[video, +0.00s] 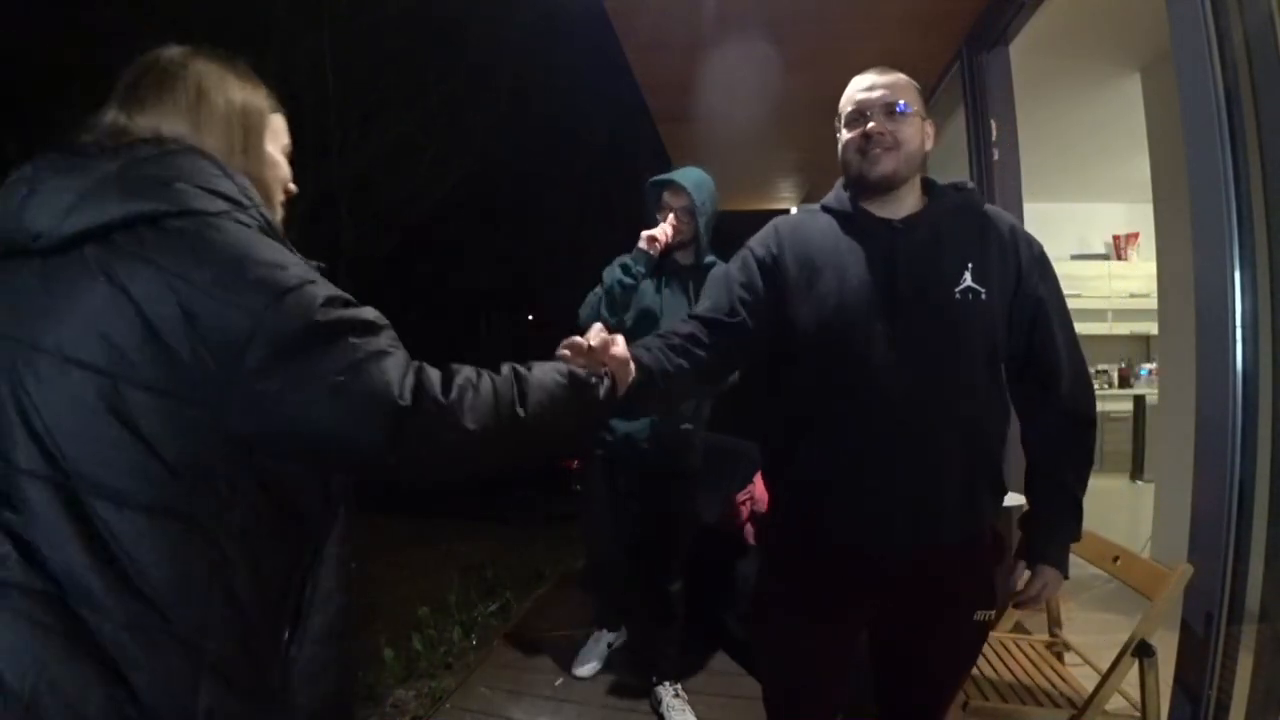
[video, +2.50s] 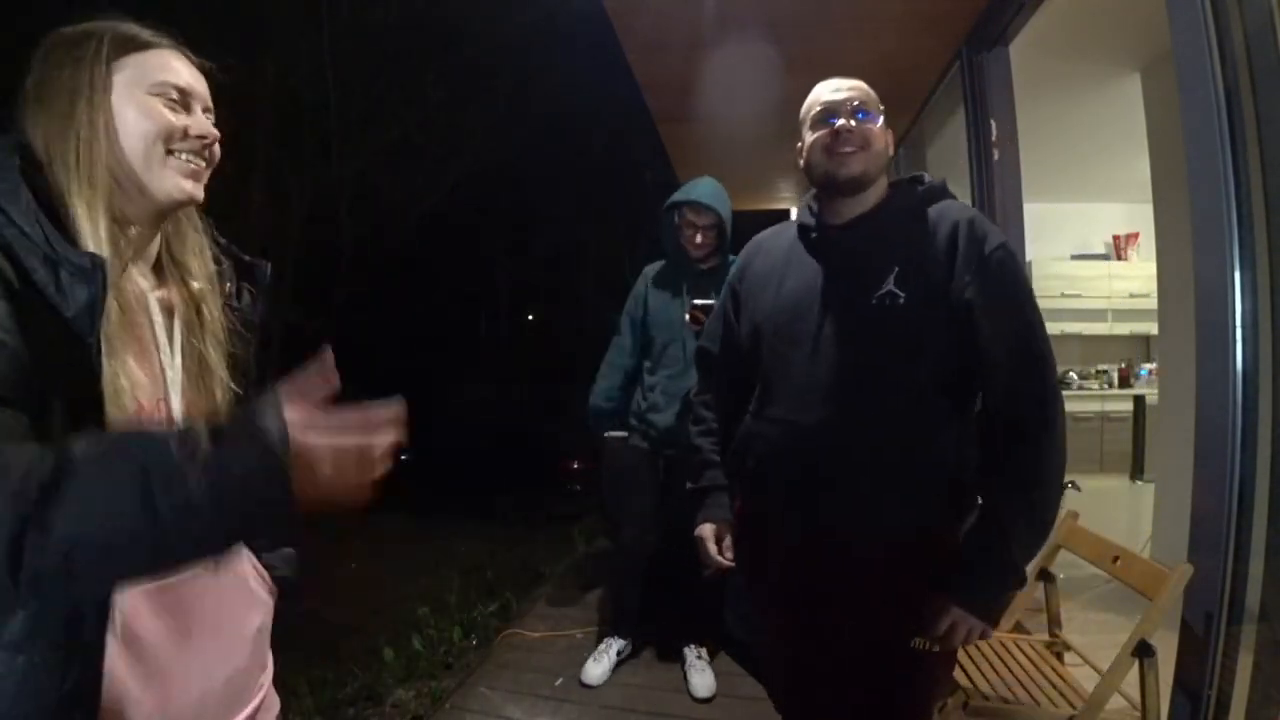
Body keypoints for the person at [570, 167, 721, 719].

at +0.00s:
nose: (670, 220)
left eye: (682, 212)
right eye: (665, 209)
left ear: (705, 217)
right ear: (656, 212)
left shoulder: (721, 279)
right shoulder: (630, 270)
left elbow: (732, 361)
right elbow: (591, 328)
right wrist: (637, 262)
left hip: (686, 440)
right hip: (621, 435)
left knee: (678, 554)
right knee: (609, 540)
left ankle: (666, 673)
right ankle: (610, 624)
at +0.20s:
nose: (650, 224)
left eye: (661, 214)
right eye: (642, 215)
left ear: (682, 220)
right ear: (631, 221)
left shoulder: (706, 284)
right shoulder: (609, 277)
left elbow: (718, 352)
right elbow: (565, 342)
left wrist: (678, 363)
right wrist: (588, 326)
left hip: (675, 433)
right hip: (609, 427)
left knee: (665, 546)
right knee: (611, 532)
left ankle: (661, 670)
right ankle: (620, 629)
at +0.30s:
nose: (638, 227)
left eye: (648, 217)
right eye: (630, 218)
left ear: (668, 222)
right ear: (620, 224)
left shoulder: (695, 284)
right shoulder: (597, 285)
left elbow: (708, 361)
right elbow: (562, 357)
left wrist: (678, 427)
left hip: (667, 439)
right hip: (603, 431)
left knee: (664, 554)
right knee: (608, 540)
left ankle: (663, 673)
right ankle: (618, 632)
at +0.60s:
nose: (604, 230)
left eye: (613, 220)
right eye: (596, 221)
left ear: (635, 225)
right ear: (585, 230)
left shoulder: (659, 288)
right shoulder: (582, 292)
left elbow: (687, 351)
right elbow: (566, 369)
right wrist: (569, 434)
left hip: (650, 444)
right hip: (599, 444)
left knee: (654, 562)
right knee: (607, 547)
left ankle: (656, 667)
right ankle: (621, 632)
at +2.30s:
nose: (680, 240)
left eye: (690, 231)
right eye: (671, 231)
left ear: (708, 232)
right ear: (657, 233)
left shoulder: (730, 281)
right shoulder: (643, 286)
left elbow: (749, 346)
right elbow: (618, 359)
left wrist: (707, 328)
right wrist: (595, 417)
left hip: (706, 433)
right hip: (643, 432)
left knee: (698, 538)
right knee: (629, 533)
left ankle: (696, 643)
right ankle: (621, 633)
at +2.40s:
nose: (690, 237)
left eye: (700, 228)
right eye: (681, 228)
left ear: (717, 230)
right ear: (668, 230)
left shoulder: (736, 285)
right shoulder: (651, 282)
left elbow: (750, 357)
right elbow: (620, 358)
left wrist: (712, 327)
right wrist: (603, 422)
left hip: (707, 437)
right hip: (645, 433)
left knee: (700, 540)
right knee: (631, 536)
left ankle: (696, 645)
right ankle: (620, 633)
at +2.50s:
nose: (696, 235)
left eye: (707, 226)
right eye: (687, 225)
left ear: (723, 229)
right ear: (674, 228)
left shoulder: (741, 284)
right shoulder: (655, 280)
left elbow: (754, 360)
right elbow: (626, 347)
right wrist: (603, 412)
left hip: (712, 440)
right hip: (648, 437)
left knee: (704, 543)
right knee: (633, 539)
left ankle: (697, 643)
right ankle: (621, 634)